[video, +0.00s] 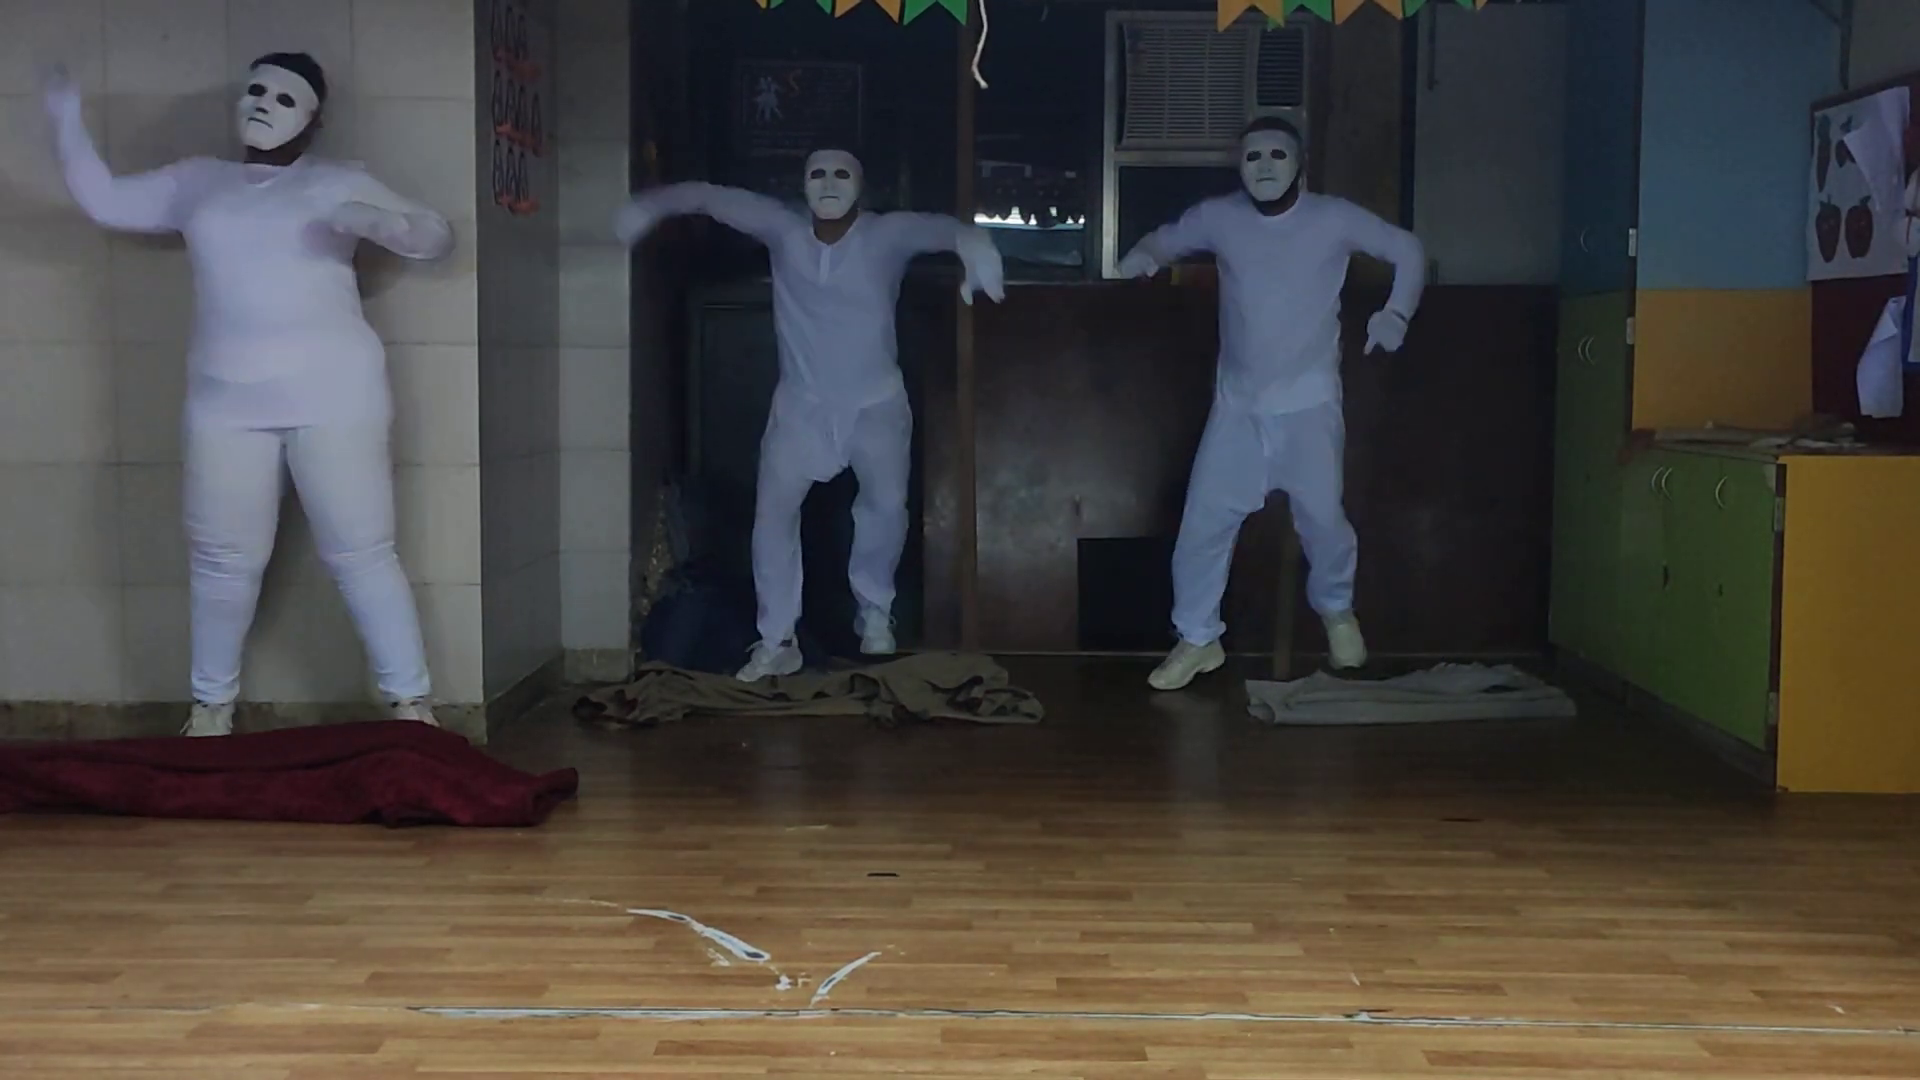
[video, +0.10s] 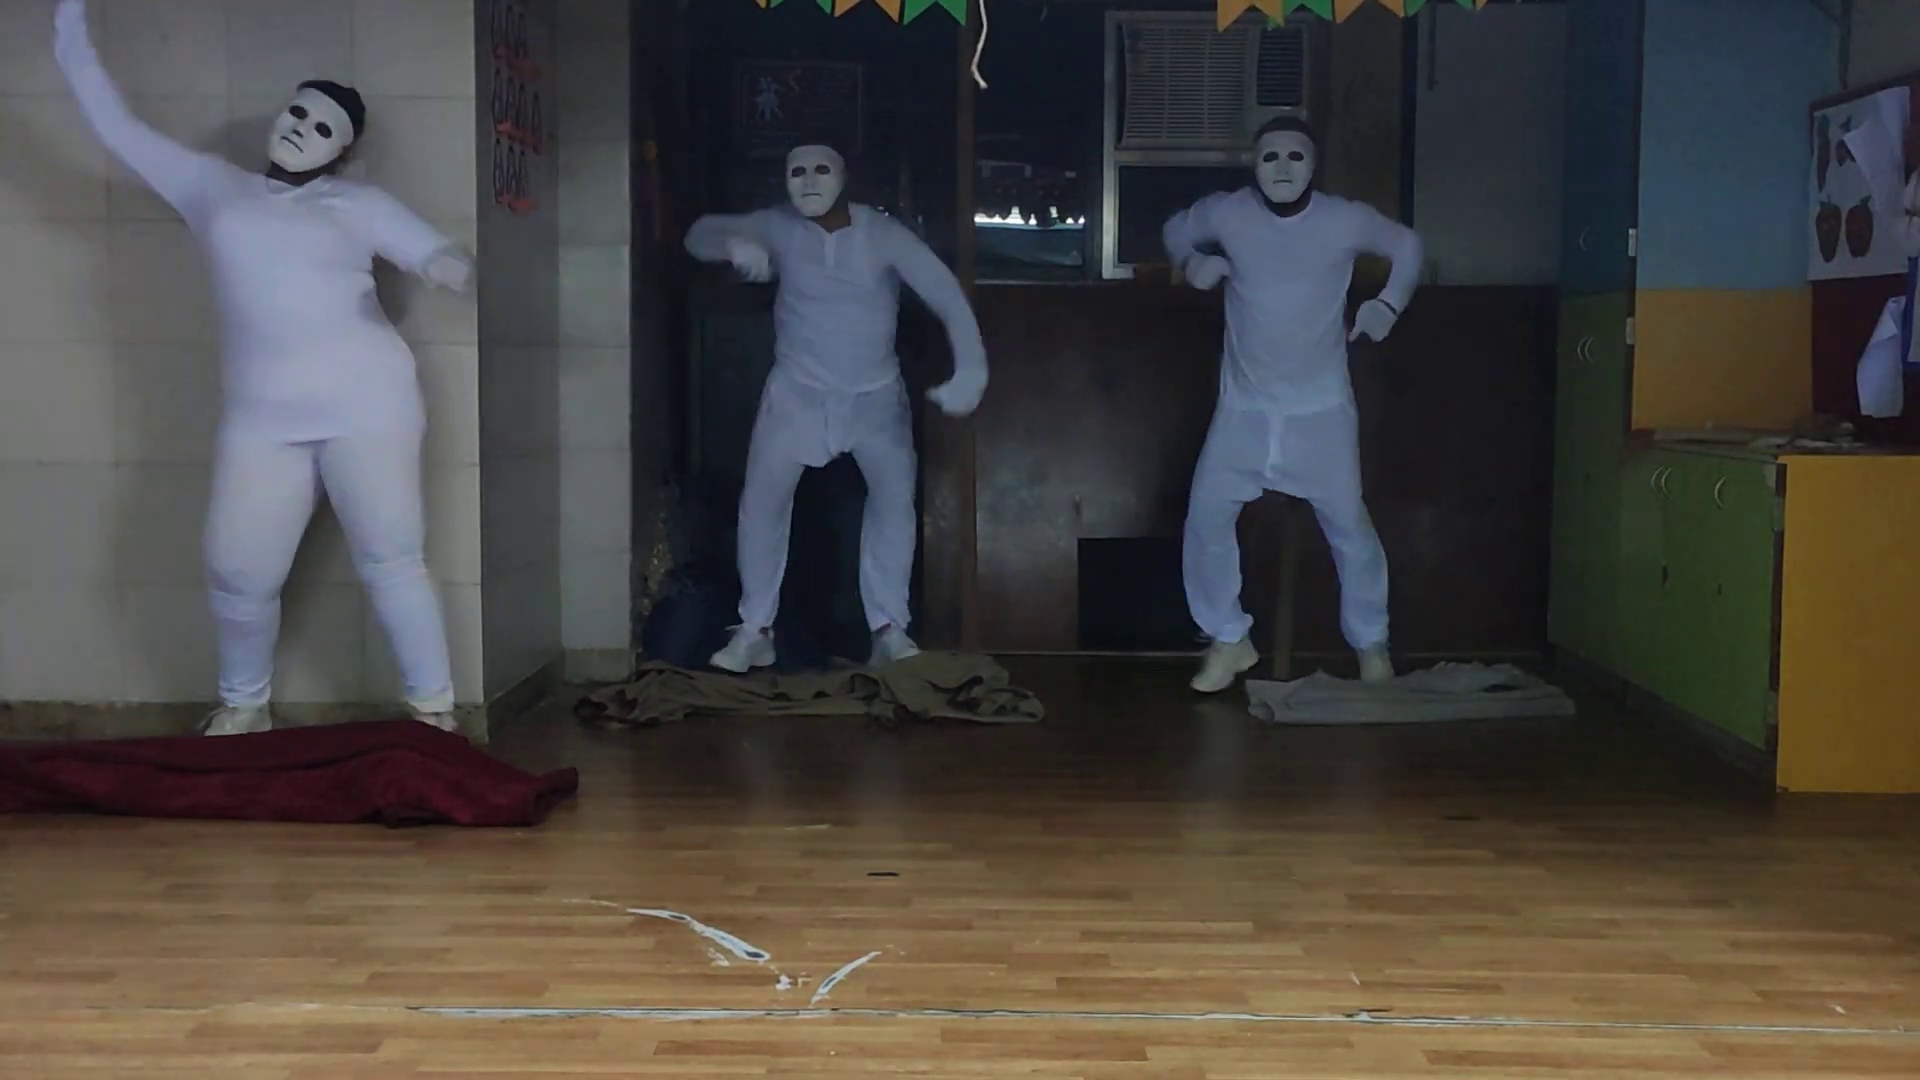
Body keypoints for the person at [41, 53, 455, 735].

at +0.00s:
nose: (265, 106)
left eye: (285, 100)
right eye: (256, 93)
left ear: (311, 118)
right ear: (238, 103)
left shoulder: (337, 183)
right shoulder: (198, 183)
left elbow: (434, 241)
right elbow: (104, 200)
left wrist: (387, 219)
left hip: (333, 398)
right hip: (227, 401)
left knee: (362, 553)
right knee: (222, 560)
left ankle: (411, 708)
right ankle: (210, 711)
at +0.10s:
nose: (303, 129)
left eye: (324, 126)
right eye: (297, 112)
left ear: (342, 148)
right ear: (277, 116)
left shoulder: (358, 207)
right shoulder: (215, 191)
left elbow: (439, 259)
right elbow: (119, 130)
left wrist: (468, 274)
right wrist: (73, 42)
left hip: (364, 405)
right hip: (263, 413)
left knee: (391, 559)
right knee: (239, 568)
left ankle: (434, 711)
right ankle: (243, 708)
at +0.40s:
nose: (297, 108)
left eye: (312, 96)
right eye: (283, 98)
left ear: (341, 107)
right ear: (269, 112)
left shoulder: (384, 194)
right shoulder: (241, 188)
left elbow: (465, 261)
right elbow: (167, 247)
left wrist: (484, 192)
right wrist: (154, 210)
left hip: (373, 404)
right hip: (265, 403)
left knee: (393, 557)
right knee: (225, 547)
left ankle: (434, 714)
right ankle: (235, 702)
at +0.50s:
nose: (283, 106)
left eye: (298, 94)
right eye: (270, 98)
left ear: (328, 107)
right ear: (258, 117)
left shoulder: (381, 187)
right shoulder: (238, 194)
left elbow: (492, 190)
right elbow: (188, 283)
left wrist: (502, 94)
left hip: (345, 403)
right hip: (235, 399)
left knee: (379, 560)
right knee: (216, 557)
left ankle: (430, 712)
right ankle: (206, 711)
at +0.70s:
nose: (266, 148)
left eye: (282, 134)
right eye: (252, 138)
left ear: (312, 147)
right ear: (239, 154)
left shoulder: (361, 215)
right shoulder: (221, 240)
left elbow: (457, 164)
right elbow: (169, 324)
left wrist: (507, 78)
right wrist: (116, 401)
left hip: (321, 436)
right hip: (209, 430)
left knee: (355, 586)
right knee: (192, 576)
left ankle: (425, 717)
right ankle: (207, 722)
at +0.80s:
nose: (264, 121)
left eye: (279, 110)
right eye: (251, 112)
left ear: (308, 120)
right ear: (237, 127)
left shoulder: (360, 193)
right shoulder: (222, 214)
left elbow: (447, 199)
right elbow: (154, 281)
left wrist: (495, 181)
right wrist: (88, 334)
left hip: (338, 418)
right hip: (229, 418)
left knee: (369, 569)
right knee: (216, 569)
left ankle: (431, 711)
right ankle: (208, 718)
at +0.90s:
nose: (273, 107)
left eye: (290, 95)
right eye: (261, 96)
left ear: (319, 107)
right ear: (247, 109)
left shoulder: (365, 182)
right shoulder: (224, 188)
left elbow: (433, 238)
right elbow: (154, 240)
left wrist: (473, 241)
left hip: (372, 398)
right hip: (262, 403)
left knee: (396, 559)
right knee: (241, 563)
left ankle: (434, 712)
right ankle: (213, 714)